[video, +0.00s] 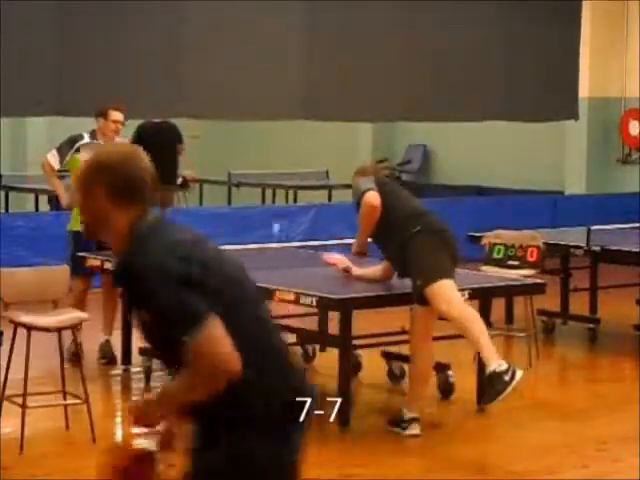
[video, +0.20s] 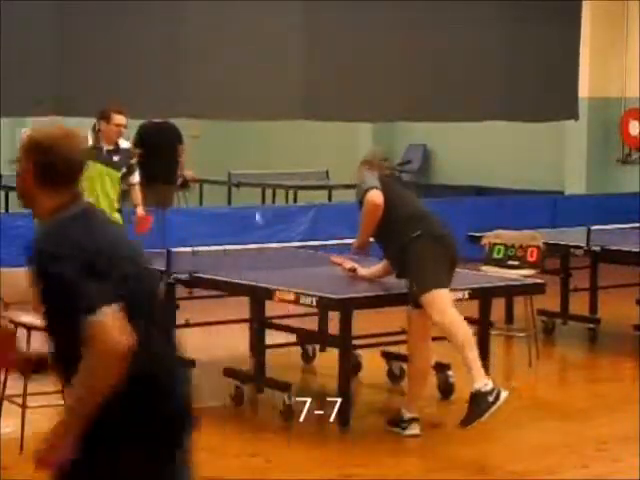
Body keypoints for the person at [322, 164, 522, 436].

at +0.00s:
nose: (357, 194)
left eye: (356, 188)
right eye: (357, 189)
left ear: (362, 180)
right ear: (383, 177)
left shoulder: (368, 180)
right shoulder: (401, 209)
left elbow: (372, 202)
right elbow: (385, 273)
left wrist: (361, 244)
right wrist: (352, 271)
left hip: (424, 239)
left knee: (449, 304)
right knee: (420, 338)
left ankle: (497, 367)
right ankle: (411, 415)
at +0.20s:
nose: (360, 178)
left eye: (360, 175)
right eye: (362, 175)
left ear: (366, 170)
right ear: (385, 171)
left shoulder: (370, 177)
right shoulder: (400, 194)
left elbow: (375, 200)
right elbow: (401, 255)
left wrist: (362, 241)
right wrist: (366, 273)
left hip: (424, 244)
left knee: (442, 313)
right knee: (418, 335)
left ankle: (483, 386)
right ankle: (410, 415)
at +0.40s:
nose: (470, 129)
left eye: (471, 123)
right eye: (472, 123)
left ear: (479, 125)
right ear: (506, 126)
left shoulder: (475, 163)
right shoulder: (530, 167)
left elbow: (465, 215)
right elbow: (544, 220)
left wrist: (444, 222)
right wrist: (509, 225)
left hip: (484, 276)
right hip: (526, 276)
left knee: (456, 350)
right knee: (519, 353)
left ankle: (435, 439)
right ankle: (524, 442)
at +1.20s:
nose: (455, 159)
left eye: (456, 154)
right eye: (457, 154)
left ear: (462, 152)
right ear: (488, 152)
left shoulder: (455, 182)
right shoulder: (517, 183)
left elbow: (426, 241)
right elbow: (545, 235)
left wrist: (443, 243)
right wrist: (532, 260)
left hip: (474, 278)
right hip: (520, 277)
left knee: (440, 356)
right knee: (522, 357)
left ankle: (432, 447)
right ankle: (532, 441)